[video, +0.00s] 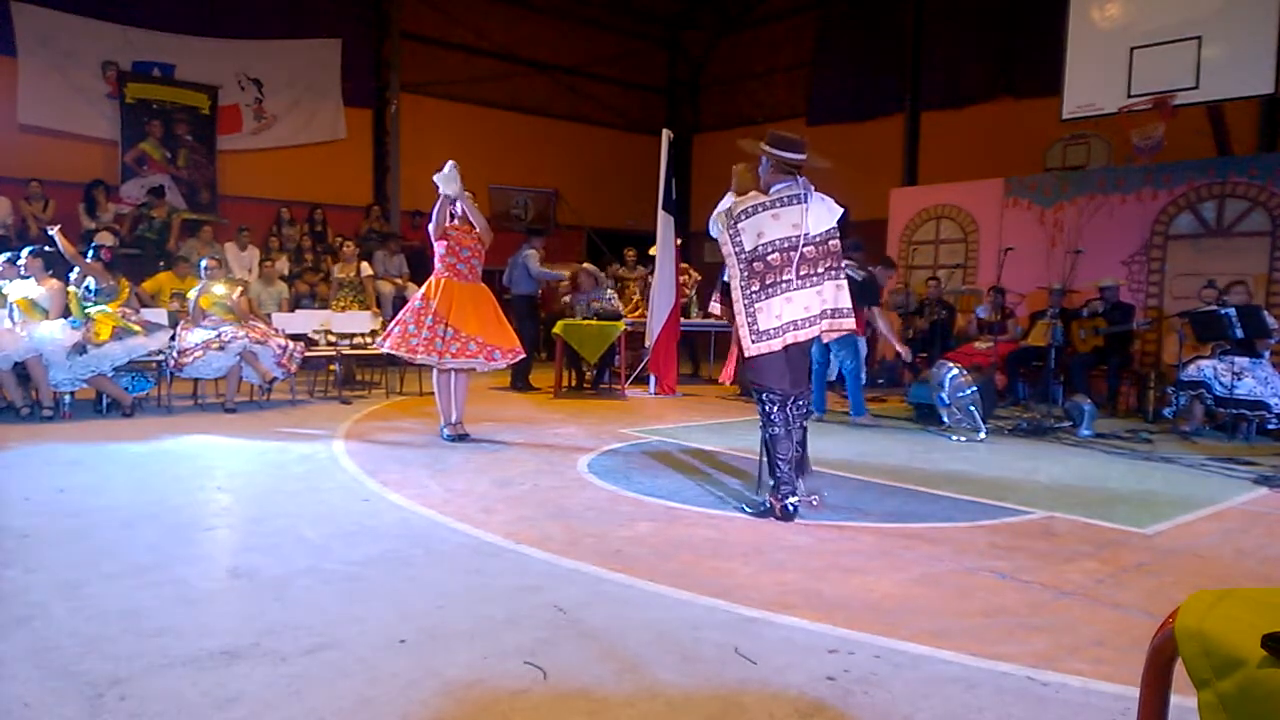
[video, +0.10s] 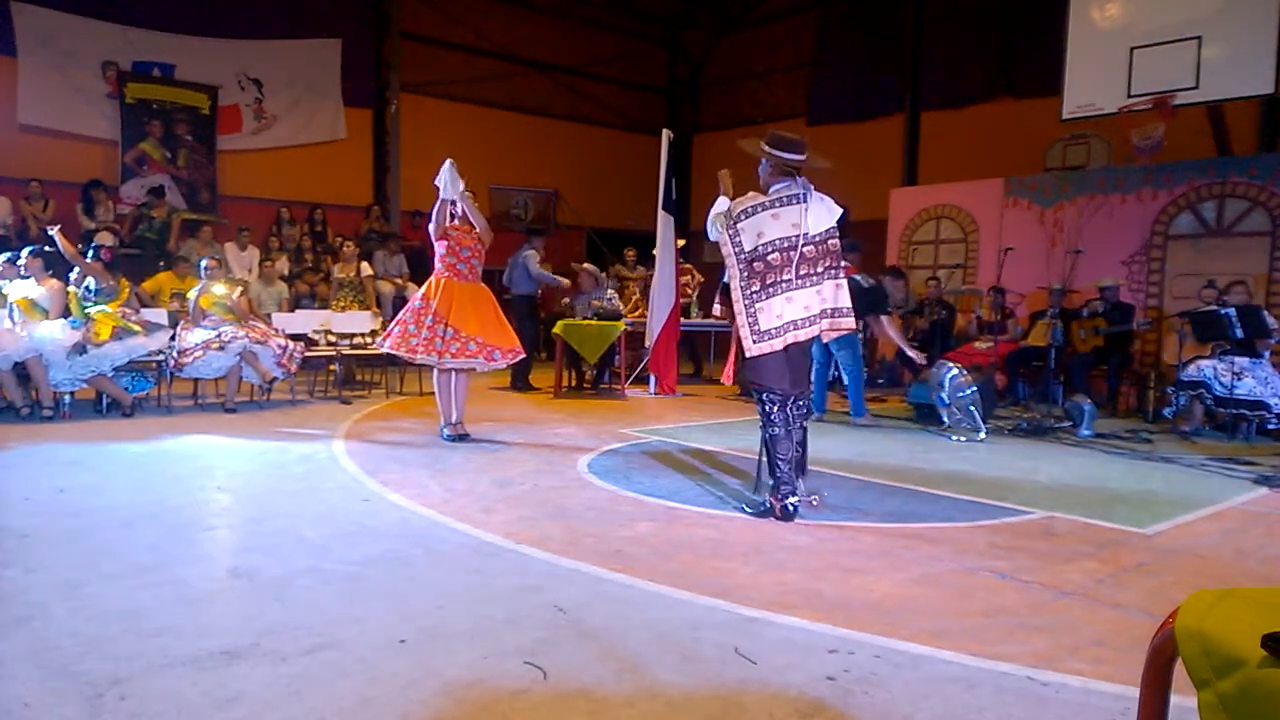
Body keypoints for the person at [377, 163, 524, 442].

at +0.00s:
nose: (458, 210)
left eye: (463, 206)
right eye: (454, 207)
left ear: (470, 210)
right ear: (448, 211)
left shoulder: (481, 237)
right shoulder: (441, 232)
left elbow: (482, 225)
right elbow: (436, 222)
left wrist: (463, 196)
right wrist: (444, 195)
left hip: (469, 296)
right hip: (442, 294)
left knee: (462, 364)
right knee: (443, 364)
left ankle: (458, 420)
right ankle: (445, 421)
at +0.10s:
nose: (460, 210)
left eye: (464, 205)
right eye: (455, 207)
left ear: (471, 208)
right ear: (449, 210)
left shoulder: (482, 237)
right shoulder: (441, 232)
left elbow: (482, 224)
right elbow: (437, 223)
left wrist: (462, 196)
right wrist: (444, 195)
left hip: (470, 295)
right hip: (442, 294)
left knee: (462, 364)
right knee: (443, 364)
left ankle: (459, 420)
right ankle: (446, 421)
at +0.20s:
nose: (458, 211)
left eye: (463, 207)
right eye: (454, 207)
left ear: (470, 209)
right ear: (451, 210)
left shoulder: (482, 237)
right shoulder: (441, 231)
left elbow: (483, 226)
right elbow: (437, 222)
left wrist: (464, 200)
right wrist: (444, 197)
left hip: (470, 296)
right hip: (442, 295)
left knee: (463, 364)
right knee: (443, 364)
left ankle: (458, 420)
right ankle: (446, 421)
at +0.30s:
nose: (460, 211)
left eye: (464, 207)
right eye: (455, 208)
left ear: (471, 210)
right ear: (450, 210)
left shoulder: (482, 238)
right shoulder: (442, 232)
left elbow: (483, 226)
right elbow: (437, 223)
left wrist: (465, 200)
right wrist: (445, 198)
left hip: (470, 296)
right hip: (443, 295)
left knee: (462, 364)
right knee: (443, 364)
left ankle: (458, 420)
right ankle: (446, 421)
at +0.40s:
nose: (467, 206)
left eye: (471, 202)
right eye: (462, 202)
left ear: (476, 209)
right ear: (455, 207)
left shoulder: (482, 238)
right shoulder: (443, 232)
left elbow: (483, 226)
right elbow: (438, 226)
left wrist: (466, 202)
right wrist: (444, 201)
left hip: (470, 296)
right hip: (444, 294)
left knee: (463, 364)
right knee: (444, 363)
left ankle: (458, 421)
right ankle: (446, 422)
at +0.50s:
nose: (467, 205)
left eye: (471, 201)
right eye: (463, 201)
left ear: (475, 208)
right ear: (454, 207)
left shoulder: (481, 237)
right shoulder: (442, 232)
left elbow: (485, 231)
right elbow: (438, 223)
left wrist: (466, 203)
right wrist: (445, 198)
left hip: (470, 296)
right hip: (444, 293)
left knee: (463, 364)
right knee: (444, 362)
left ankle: (458, 421)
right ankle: (446, 422)